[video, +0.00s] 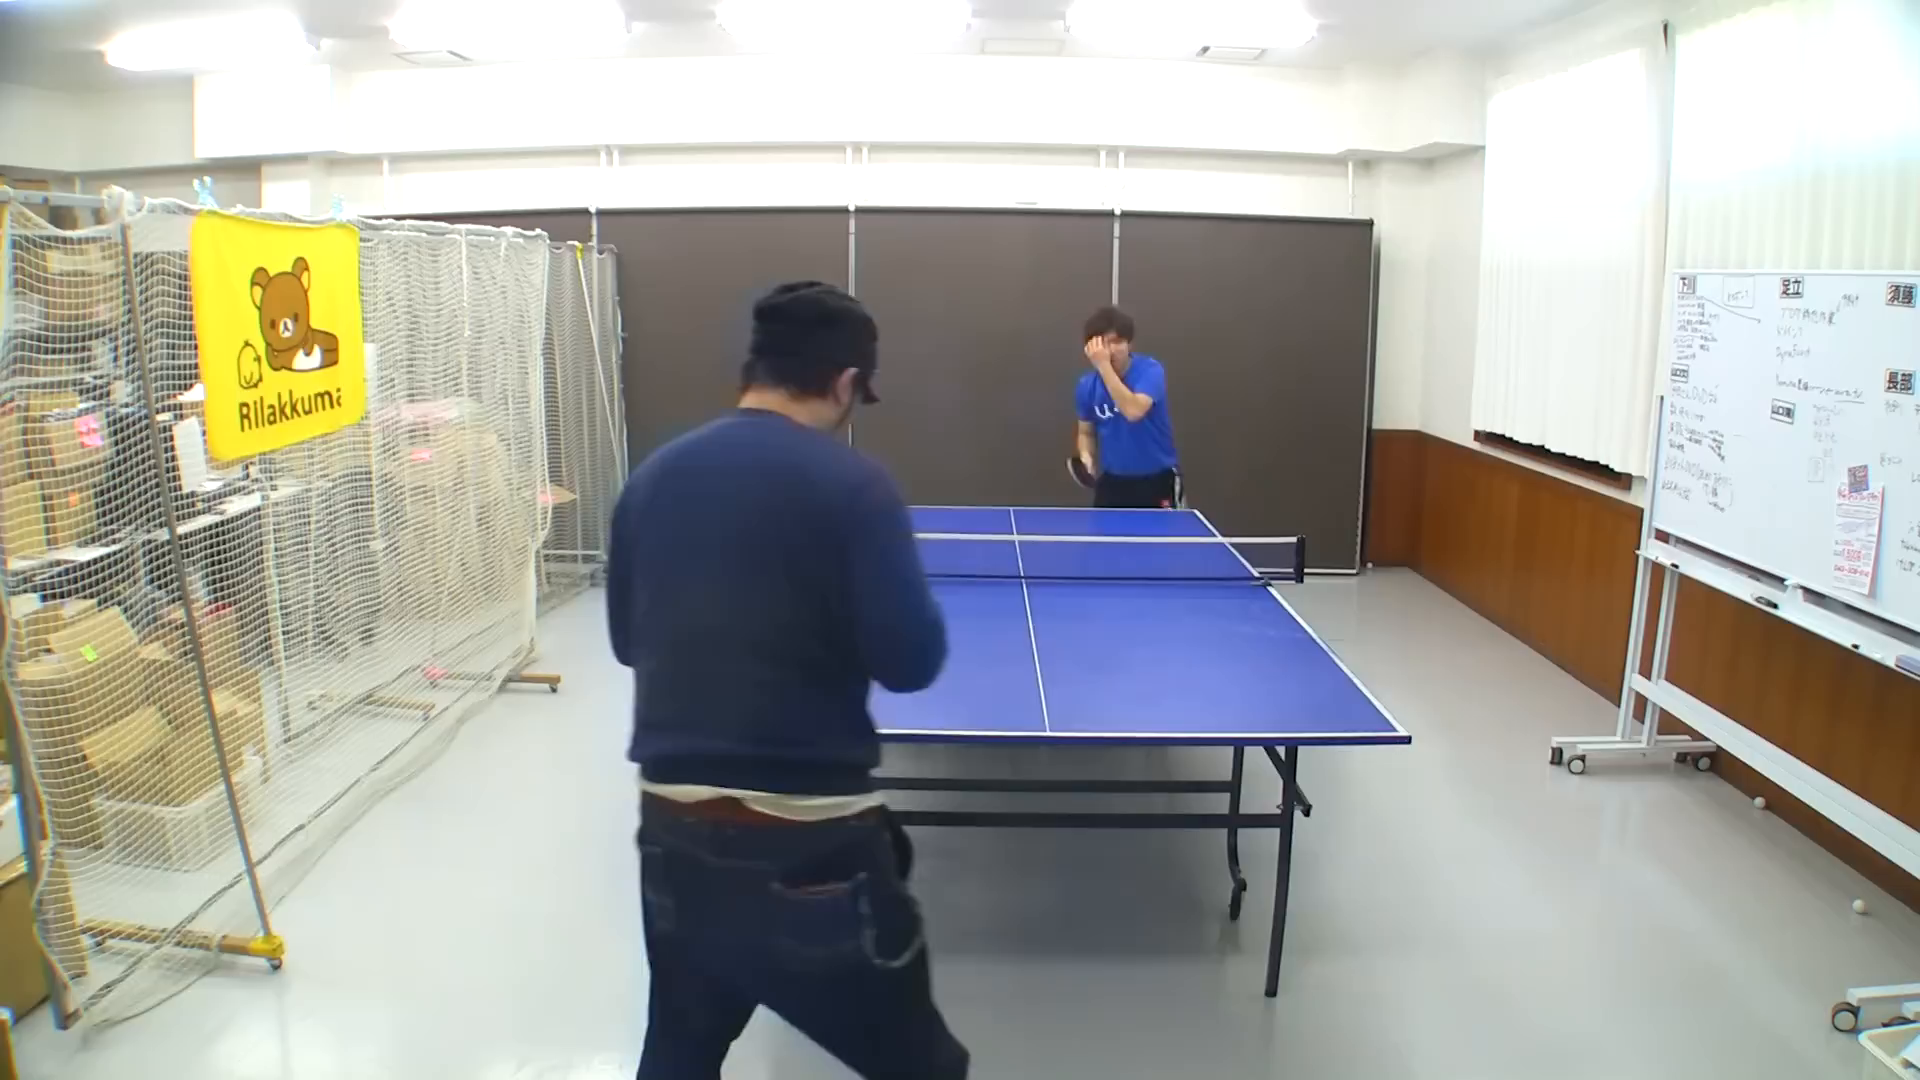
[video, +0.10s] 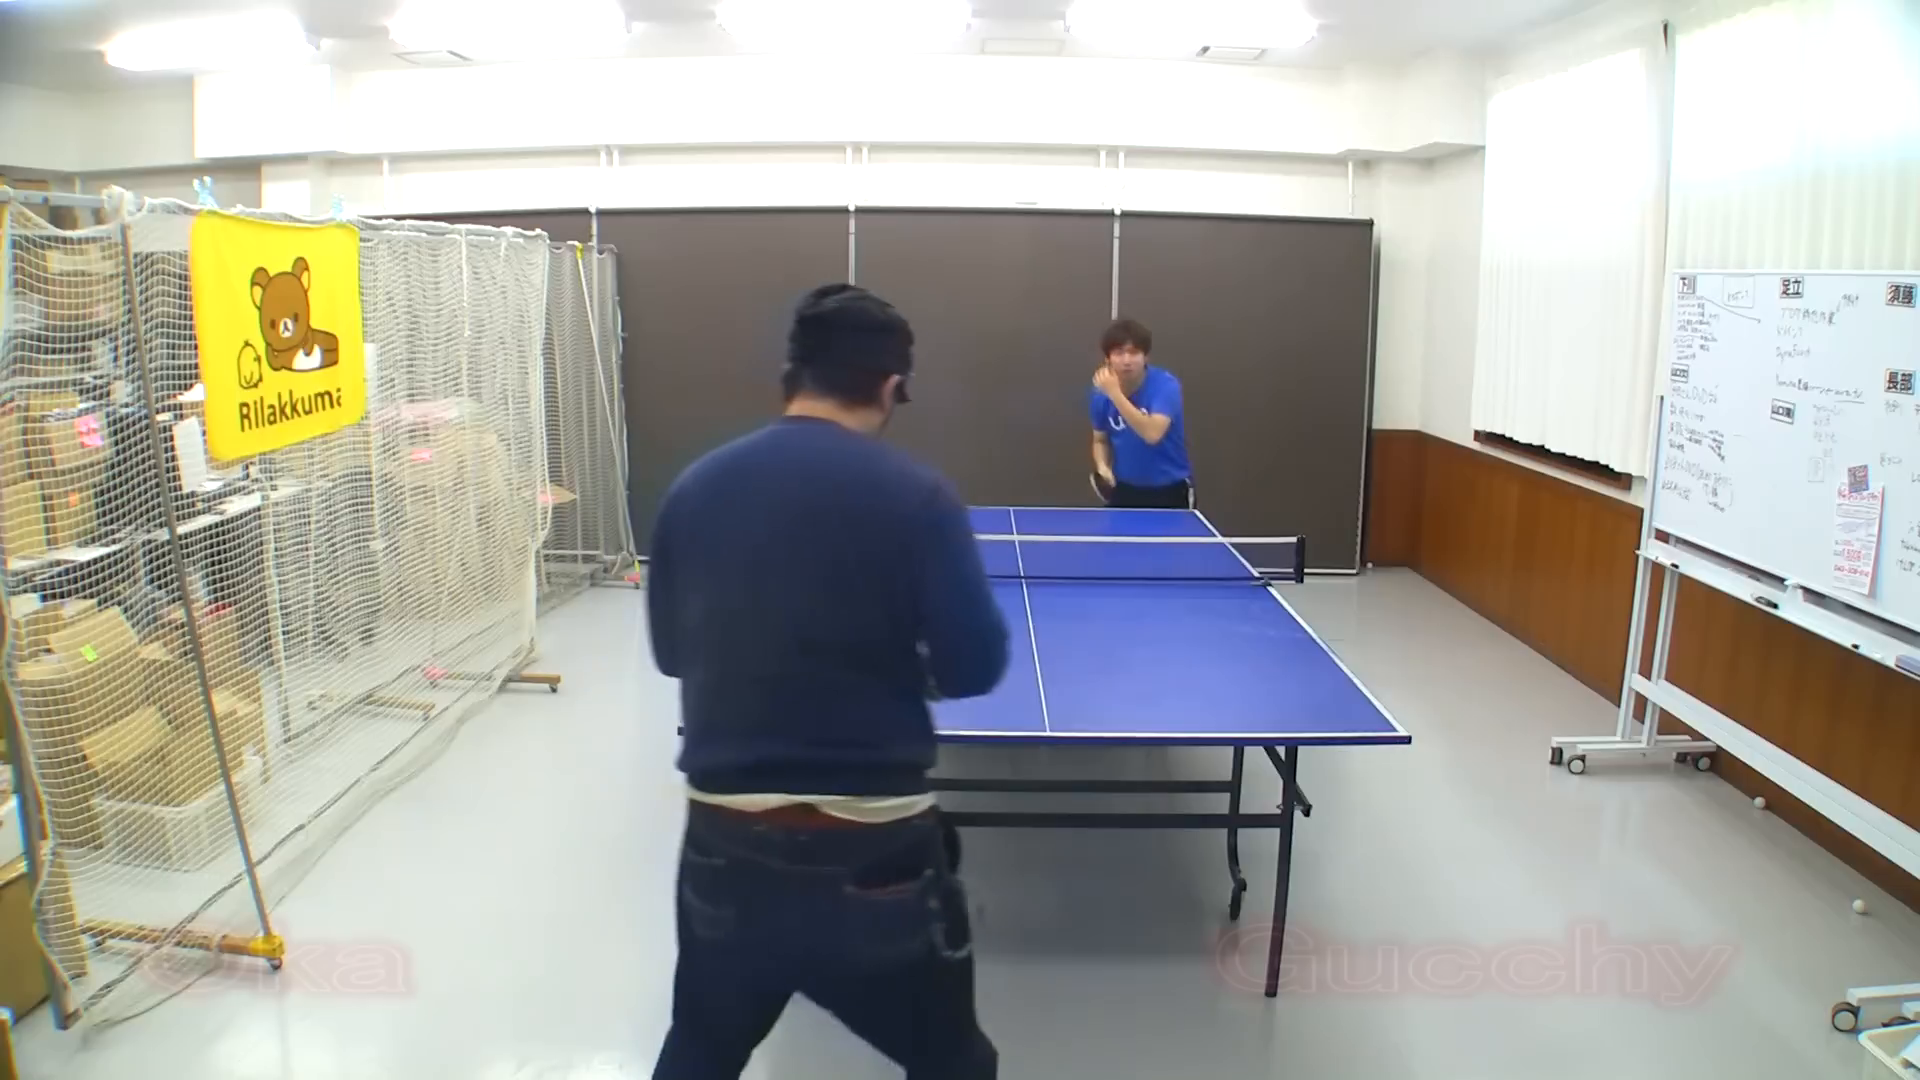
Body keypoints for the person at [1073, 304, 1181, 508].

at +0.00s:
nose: (1111, 351)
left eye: (1118, 342)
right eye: (1103, 343)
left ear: (1130, 344)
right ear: (1092, 349)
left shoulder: (1150, 371)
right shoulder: (1088, 385)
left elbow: (1134, 411)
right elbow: (1085, 432)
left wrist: (1103, 366)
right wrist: (1087, 459)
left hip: (1156, 482)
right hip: (1113, 482)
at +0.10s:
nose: (1126, 361)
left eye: (1134, 353)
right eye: (1119, 353)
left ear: (1146, 357)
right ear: (1108, 359)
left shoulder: (1166, 385)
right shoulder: (1101, 394)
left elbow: (1153, 433)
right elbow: (1100, 439)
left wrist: (1114, 394)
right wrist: (1102, 467)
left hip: (1169, 493)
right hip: (1126, 492)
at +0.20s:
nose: (1144, 376)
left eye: (1152, 368)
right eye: (1136, 368)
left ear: (1164, 373)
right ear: (1126, 374)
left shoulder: (1186, 403)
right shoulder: (1122, 405)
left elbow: (1184, 459)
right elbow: (1117, 447)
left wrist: (1140, 426)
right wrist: (1123, 479)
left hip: (1185, 503)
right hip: (1140, 501)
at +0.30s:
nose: (1162, 391)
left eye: (1170, 384)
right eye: (1155, 383)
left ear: (1182, 388)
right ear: (1145, 386)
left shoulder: (1204, 411)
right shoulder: (1135, 414)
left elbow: (1204, 470)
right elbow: (1135, 454)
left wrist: (1174, 425)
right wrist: (1146, 491)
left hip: (1202, 506)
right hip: (1158, 504)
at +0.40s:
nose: (1175, 400)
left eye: (1184, 392)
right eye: (1169, 391)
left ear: (1198, 394)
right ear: (1158, 392)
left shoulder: (1217, 416)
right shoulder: (1145, 418)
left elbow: (1217, 475)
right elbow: (1146, 457)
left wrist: (1195, 424)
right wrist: (1165, 496)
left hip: (1211, 502)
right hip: (1167, 501)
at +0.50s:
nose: (1179, 402)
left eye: (1189, 395)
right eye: (1174, 392)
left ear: (1203, 399)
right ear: (1163, 394)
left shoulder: (1223, 421)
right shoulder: (1149, 420)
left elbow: (1232, 485)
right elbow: (1149, 458)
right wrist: (1173, 498)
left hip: (1213, 503)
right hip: (1166, 499)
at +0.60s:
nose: (1179, 404)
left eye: (1189, 397)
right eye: (1173, 395)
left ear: (1201, 402)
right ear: (1163, 397)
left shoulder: (1224, 427)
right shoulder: (1148, 422)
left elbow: (1246, 479)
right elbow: (1148, 460)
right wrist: (1171, 498)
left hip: (1213, 504)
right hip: (1166, 497)